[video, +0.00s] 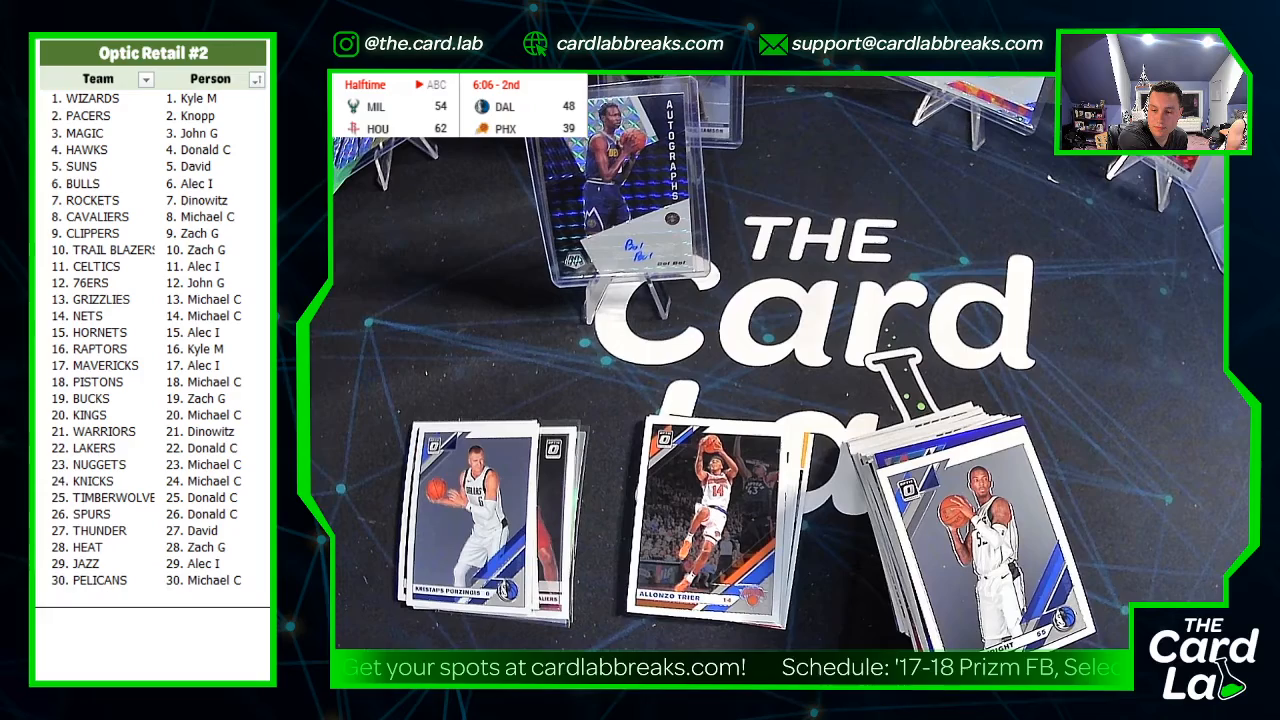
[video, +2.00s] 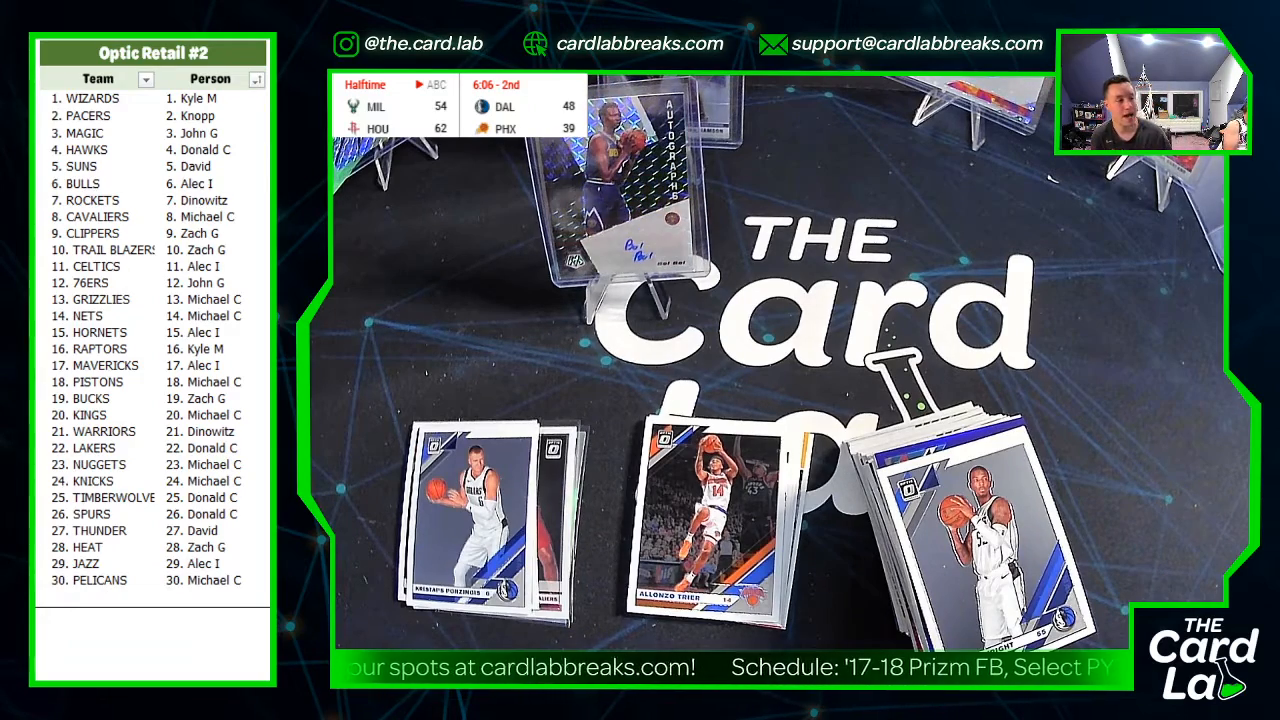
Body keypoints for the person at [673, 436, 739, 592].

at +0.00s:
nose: (714, 463)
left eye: (717, 462)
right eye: (713, 461)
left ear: (721, 465)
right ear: (710, 465)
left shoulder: (727, 476)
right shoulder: (706, 477)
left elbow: (734, 469)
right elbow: (699, 471)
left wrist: (722, 452)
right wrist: (700, 450)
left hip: (720, 513)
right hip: (705, 507)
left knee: (707, 549)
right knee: (704, 511)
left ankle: (688, 579)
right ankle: (688, 539)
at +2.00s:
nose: (714, 463)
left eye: (717, 461)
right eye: (713, 461)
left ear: (721, 465)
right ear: (710, 465)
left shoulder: (727, 476)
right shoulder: (706, 476)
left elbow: (734, 468)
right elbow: (698, 470)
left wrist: (722, 452)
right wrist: (700, 451)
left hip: (721, 513)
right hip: (706, 507)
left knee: (707, 550)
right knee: (704, 511)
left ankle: (688, 578)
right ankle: (688, 539)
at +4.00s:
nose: (714, 463)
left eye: (717, 461)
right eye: (713, 461)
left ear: (721, 465)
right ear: (710, 465)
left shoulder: (727, 476)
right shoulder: (706, 477)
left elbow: (734, 468)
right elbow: (698, 470)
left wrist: (722, 452)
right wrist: (700, 451)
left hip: (721, 513)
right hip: (706, 507)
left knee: (707, 550)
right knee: (704, 512)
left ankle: (688, 578)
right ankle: (688, 540)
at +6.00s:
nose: (714, 464)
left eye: (717, 462)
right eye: (712, 462)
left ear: (721, 465)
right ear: (709, 465)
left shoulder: (727, 476)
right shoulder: (706, 477)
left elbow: (734, 469)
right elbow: (699, 471)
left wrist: (722, 452)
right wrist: (700, 451)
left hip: (720, 513)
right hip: (706, 507)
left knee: (707, 550)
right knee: (704, 511)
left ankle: (688, 578)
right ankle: (688, 540)